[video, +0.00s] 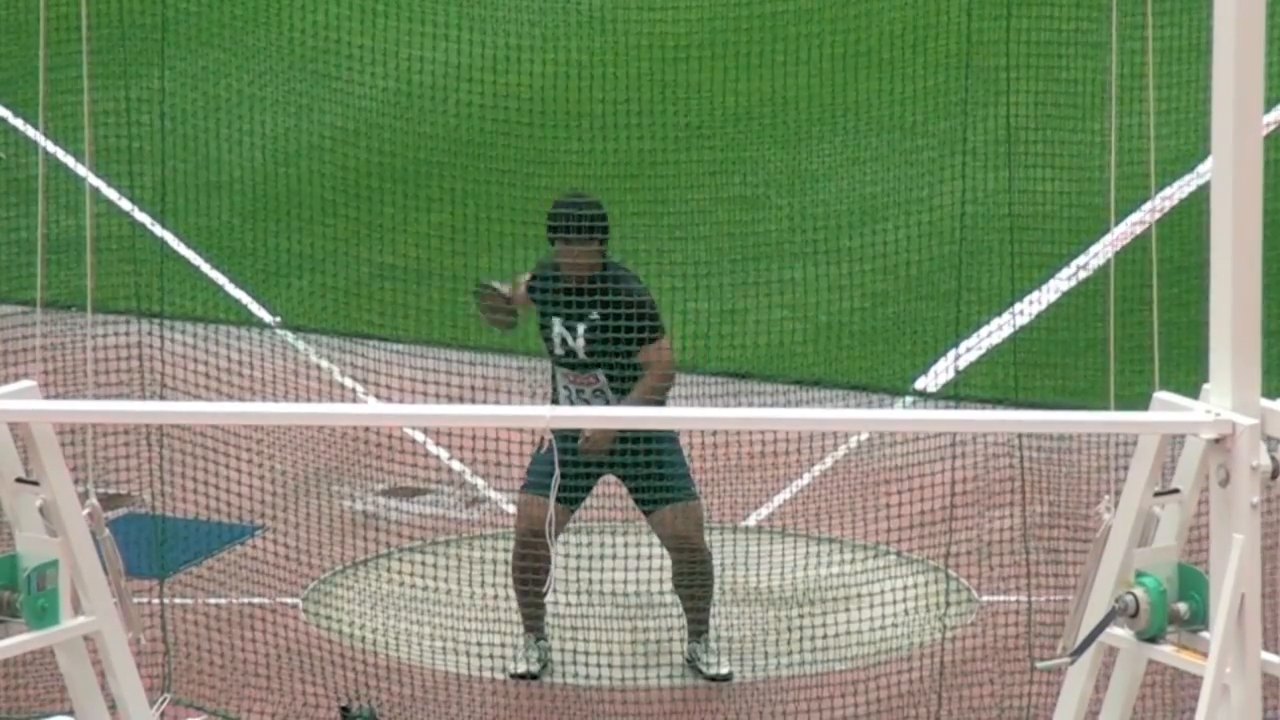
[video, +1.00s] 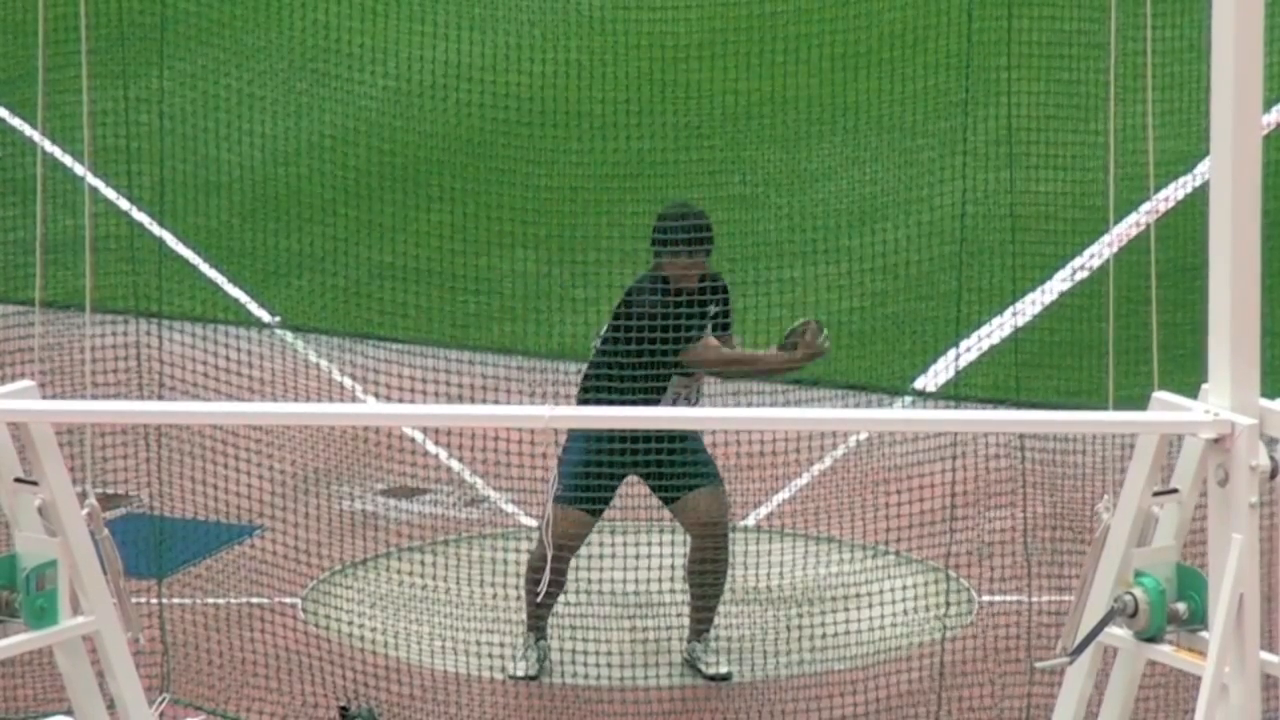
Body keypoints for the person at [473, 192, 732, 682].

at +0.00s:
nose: (577, 253)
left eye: (585, 243)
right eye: (567, 243)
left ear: (603, 244)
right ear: (553, 244)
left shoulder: (626, 292)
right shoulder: (545, 278)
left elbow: (663, 369)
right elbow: (515, 307)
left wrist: (614, 425)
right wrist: (500, 310)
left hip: (641, 428)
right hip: (572, 428)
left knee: (688, 540)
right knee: (530, 530)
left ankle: (700, 643)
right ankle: (533, 640)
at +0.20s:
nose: (594, 262)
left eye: (604, 253)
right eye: (586, 252)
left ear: (622, 253)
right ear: (575, 250)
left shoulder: (645, 301)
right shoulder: (559, 272)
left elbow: (672, 386)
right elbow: (514, 244)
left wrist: (617, 426)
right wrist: (478, 213)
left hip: (648, 430)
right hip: (578, 428)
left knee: (694, 530)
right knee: (532, 524)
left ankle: (700, 643)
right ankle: (533, 639)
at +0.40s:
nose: (622, 271)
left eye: (632, 261)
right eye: (613, 260)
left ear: (648, 263)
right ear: (599, 259)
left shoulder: (671, 309)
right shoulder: (581, 290)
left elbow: (696, 388)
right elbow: (502, 275)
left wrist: (640, 427)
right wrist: (436, 260)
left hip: (662, 431)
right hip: (588, 427)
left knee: (703, 530)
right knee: (540, 524)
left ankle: (701, 642)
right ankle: (533, 639)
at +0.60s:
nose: (656, 279)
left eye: (665, 269)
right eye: (646, 269)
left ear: (678, 268)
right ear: (630, 268)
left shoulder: (699, 311)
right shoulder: (604, 309)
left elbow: (722, 387)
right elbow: (554, 373)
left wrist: (681, 427)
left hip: (671, 431)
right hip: (599, 429)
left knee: (710, 525)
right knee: (549, 524)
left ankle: (700, 642)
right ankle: (534, 639)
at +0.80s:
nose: (674, 278)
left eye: (684, 268)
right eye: (665, 267)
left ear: (699, 266)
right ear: (651, 265)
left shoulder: (714, 302)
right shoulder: (633, 310)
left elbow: (731, 369)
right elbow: (661, 402)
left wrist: (738, 427)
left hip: (663, 431)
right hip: (601, 431)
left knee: (711, 520)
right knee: (559, 531)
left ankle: (700, 642)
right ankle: (534, 640)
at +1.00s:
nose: (688, 263)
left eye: (697, 252)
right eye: (677, 253)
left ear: (709, 253)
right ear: (659, 255)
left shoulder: (714, 291)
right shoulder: (647, 300)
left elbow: (726, 354)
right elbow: (711, 362)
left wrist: (783, 351)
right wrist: (793, 362)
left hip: (665, 430)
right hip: (602, 430)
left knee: (711, 522)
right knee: (562, 536)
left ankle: (699, 643)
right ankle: (533, 637)